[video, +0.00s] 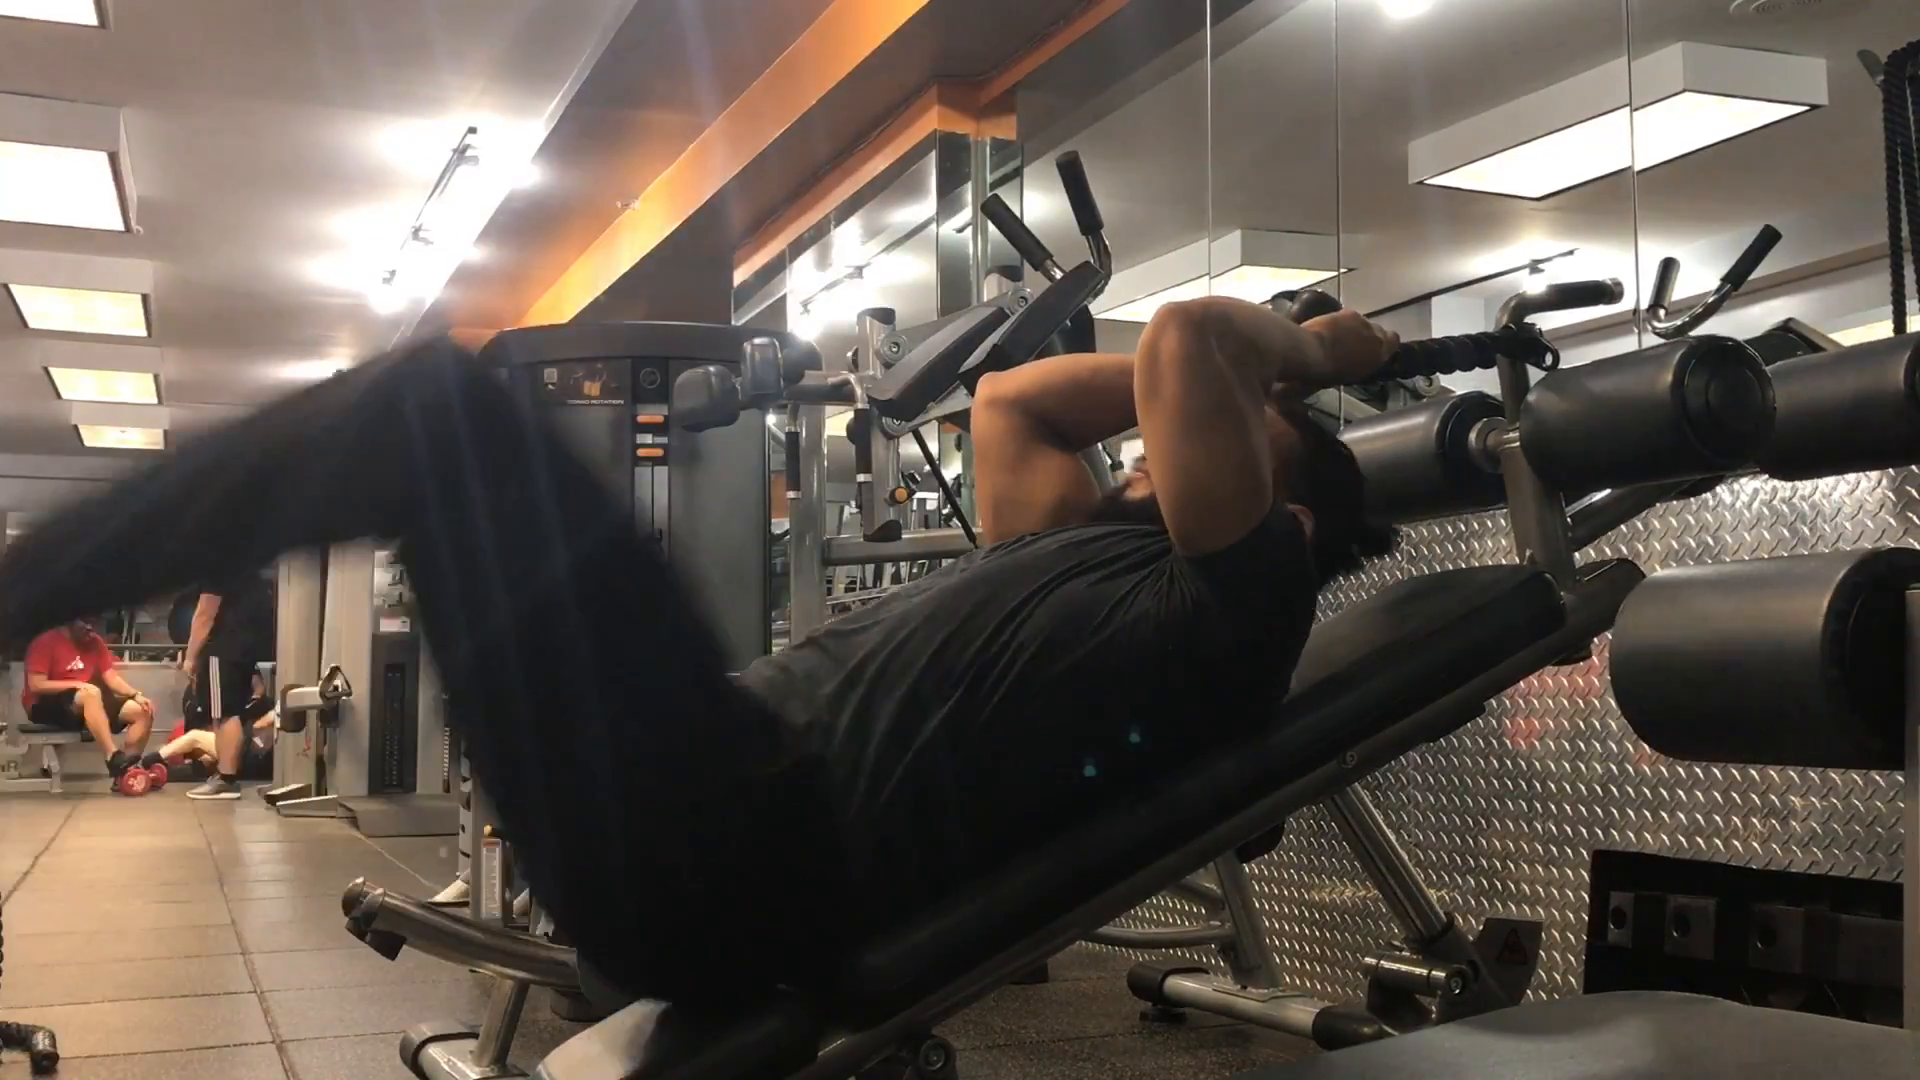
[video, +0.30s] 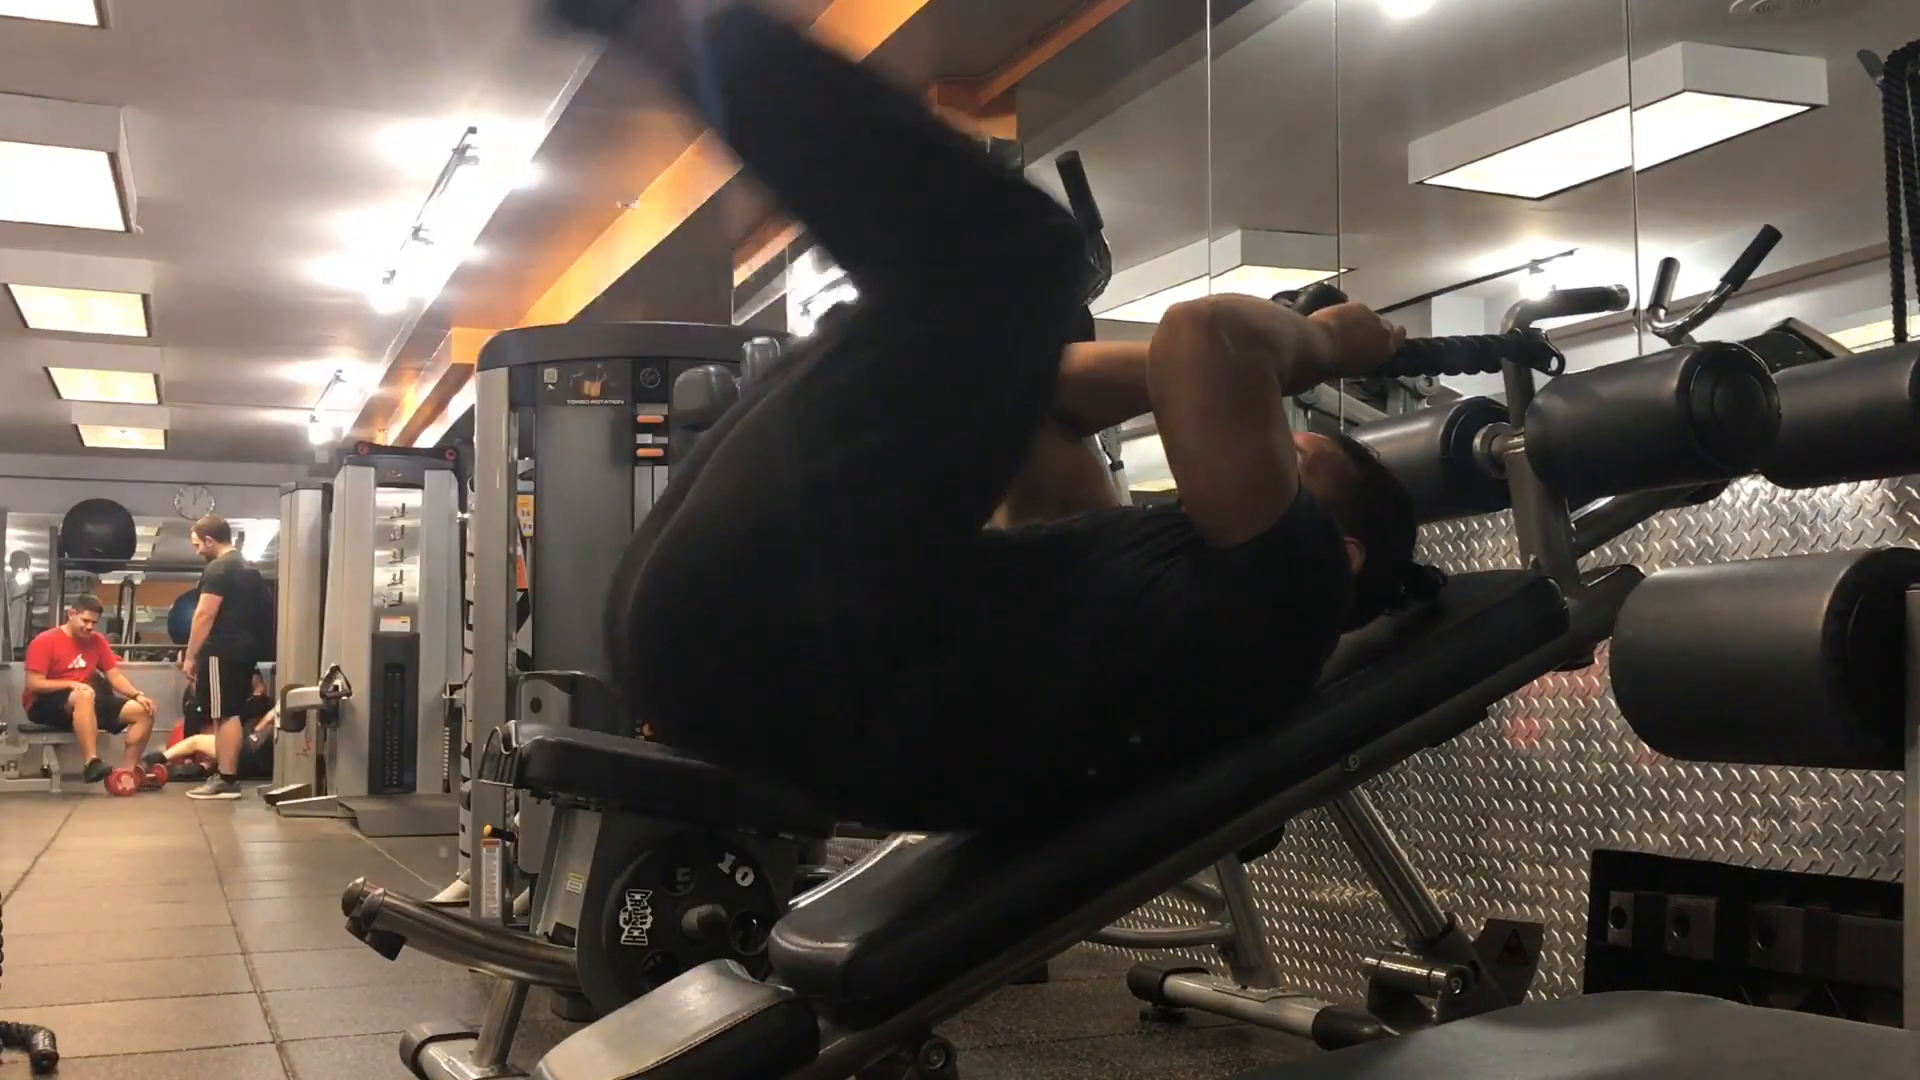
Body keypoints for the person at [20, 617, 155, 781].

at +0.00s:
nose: (91, 629)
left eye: (94, 623)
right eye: (86, 623)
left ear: (97, 624)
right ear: (70, 621)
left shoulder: (95, 643)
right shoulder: (45, 643)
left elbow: (111, 677)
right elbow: (36, 685)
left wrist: (136, 694)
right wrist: (77, 685)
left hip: (83, 704)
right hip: (45, 705)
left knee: (143, 713)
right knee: (90, 693)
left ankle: (127, 771)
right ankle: (113, 758)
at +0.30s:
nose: (89, 627)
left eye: (93, 623)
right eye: (85, 621)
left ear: (98, 622)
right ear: (71, 614)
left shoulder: (97, 641)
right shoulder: (45, 641)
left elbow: (114, 676)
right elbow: (34, 685)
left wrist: (137, 695)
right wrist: (73, 685)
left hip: (86, 703)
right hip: (44, 704)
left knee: (143, 712)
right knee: (84, 695)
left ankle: (129, 773)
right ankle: (91, 763)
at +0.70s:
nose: (89, 628)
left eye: (94, 623)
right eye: (86, 621)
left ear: (98, 623)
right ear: (72, 614)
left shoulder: (95, 643)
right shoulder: (46, 641)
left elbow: (112, 676)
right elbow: (34, 683)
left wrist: (137, 695)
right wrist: (65, 694)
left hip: (84, 701)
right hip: (45, 702)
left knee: (142, 712)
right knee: (65, 709)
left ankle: (127, 774)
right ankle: (65, 775)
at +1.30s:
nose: (87, 628)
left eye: (92, 624)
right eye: (83, 622)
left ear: (96, 624)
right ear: (69, 618)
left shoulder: (95, 642)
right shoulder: (44, 641)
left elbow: (113, 678)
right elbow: (25, 682)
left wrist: (135, 695)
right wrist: (62, 684)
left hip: (82, 702)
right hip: (42, 704)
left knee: (143, 712)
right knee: (61, 690)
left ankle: (126, 774)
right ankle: (64, 756)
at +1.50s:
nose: (87, 631)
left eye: (93, 626)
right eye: (83, 624)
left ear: (97, 625)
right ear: (71, 616)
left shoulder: (99, 644)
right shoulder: (43, 643)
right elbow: (28, 683)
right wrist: (66, 684)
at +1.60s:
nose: (88, 631)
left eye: (93, 626)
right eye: (83, 625)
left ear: (97, 625)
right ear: (71, 617)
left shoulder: (98, 642)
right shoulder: (45, 642)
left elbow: (113, 677)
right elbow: (28, 684)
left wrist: (136, 695)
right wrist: (65, 686)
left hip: (84, 702)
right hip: (43, 705)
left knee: (142, 712)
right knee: (63, 692)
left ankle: (126, 769)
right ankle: (65, 761)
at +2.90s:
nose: (81, 619)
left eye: (85, 614)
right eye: (75, 614)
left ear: (90, 615)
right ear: (61, 616)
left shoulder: (96, 637)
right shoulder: (45, 641)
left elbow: (119, 665)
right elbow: (47, 680)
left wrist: (135, 693)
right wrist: (88, 671)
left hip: (86, 702)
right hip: (44, 704)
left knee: (142, 712)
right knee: (71, 693)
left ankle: (125, 775)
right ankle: (72, 765)